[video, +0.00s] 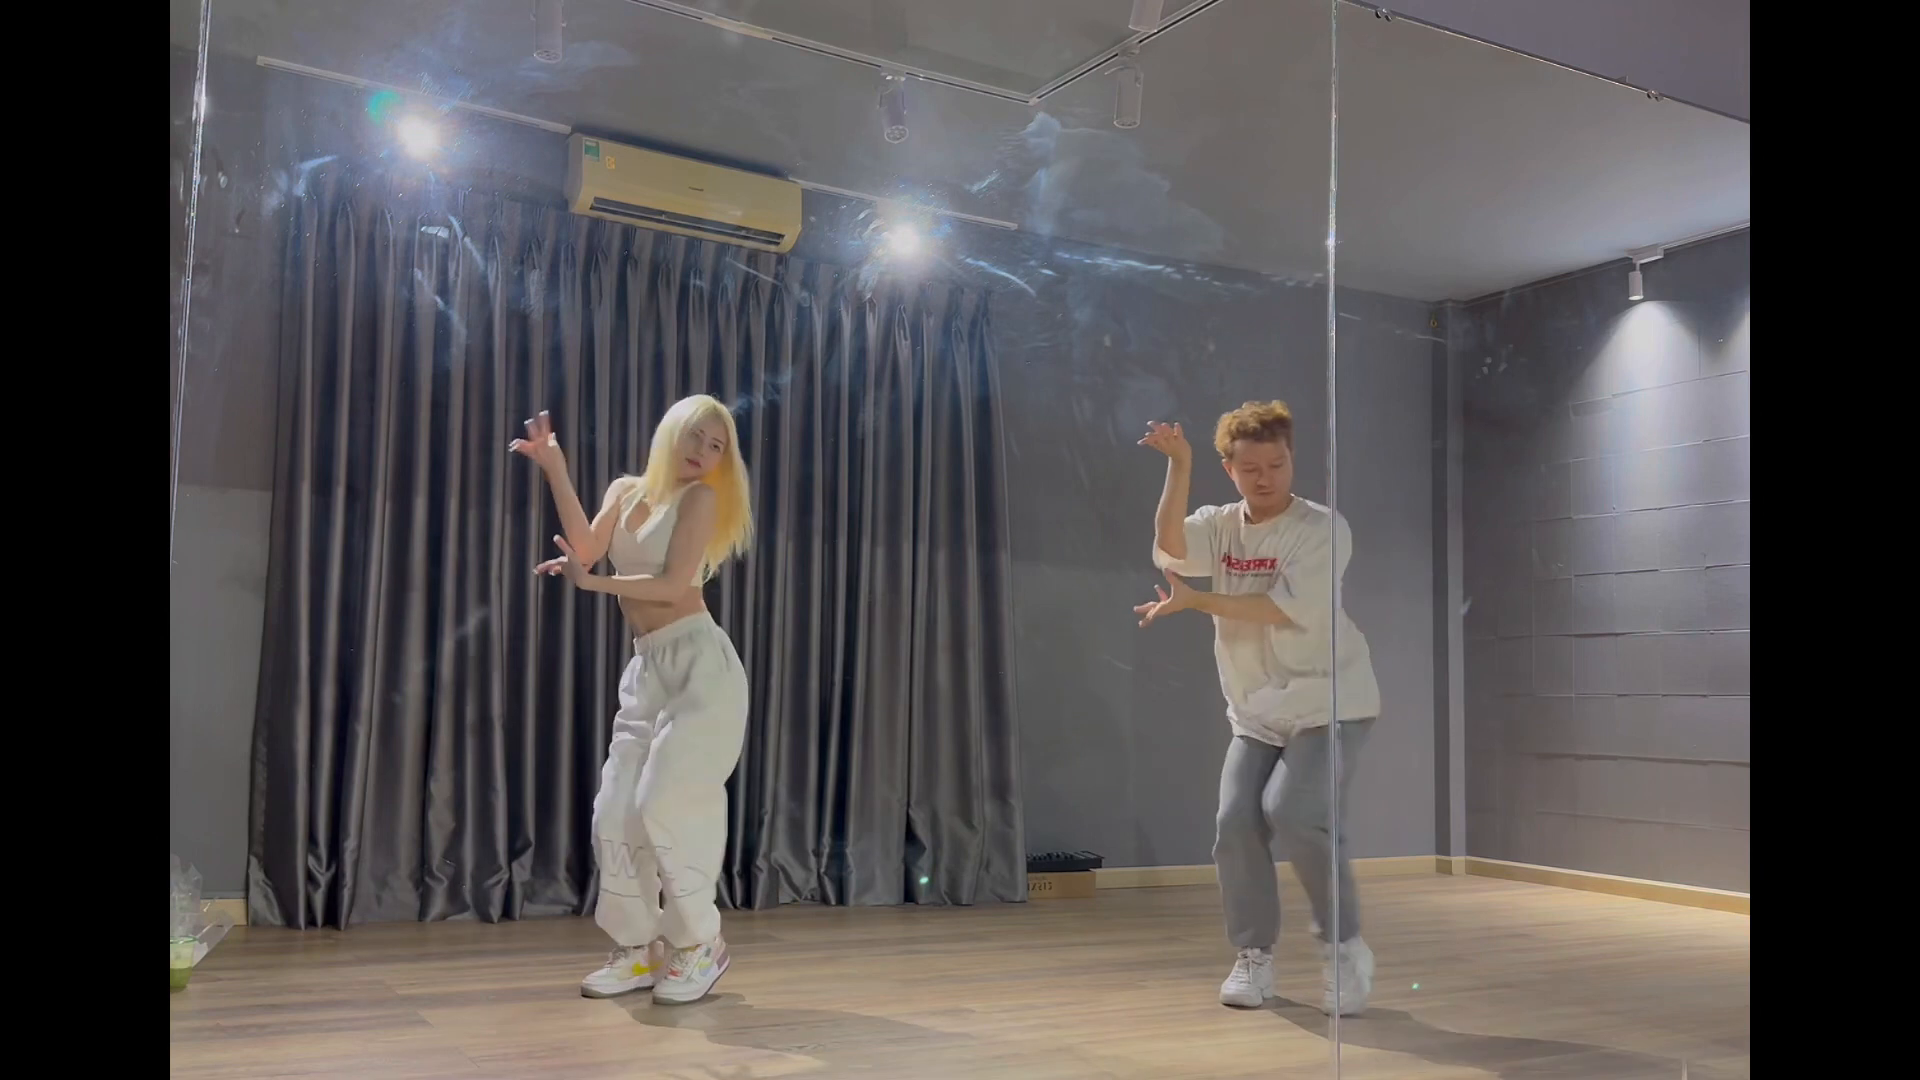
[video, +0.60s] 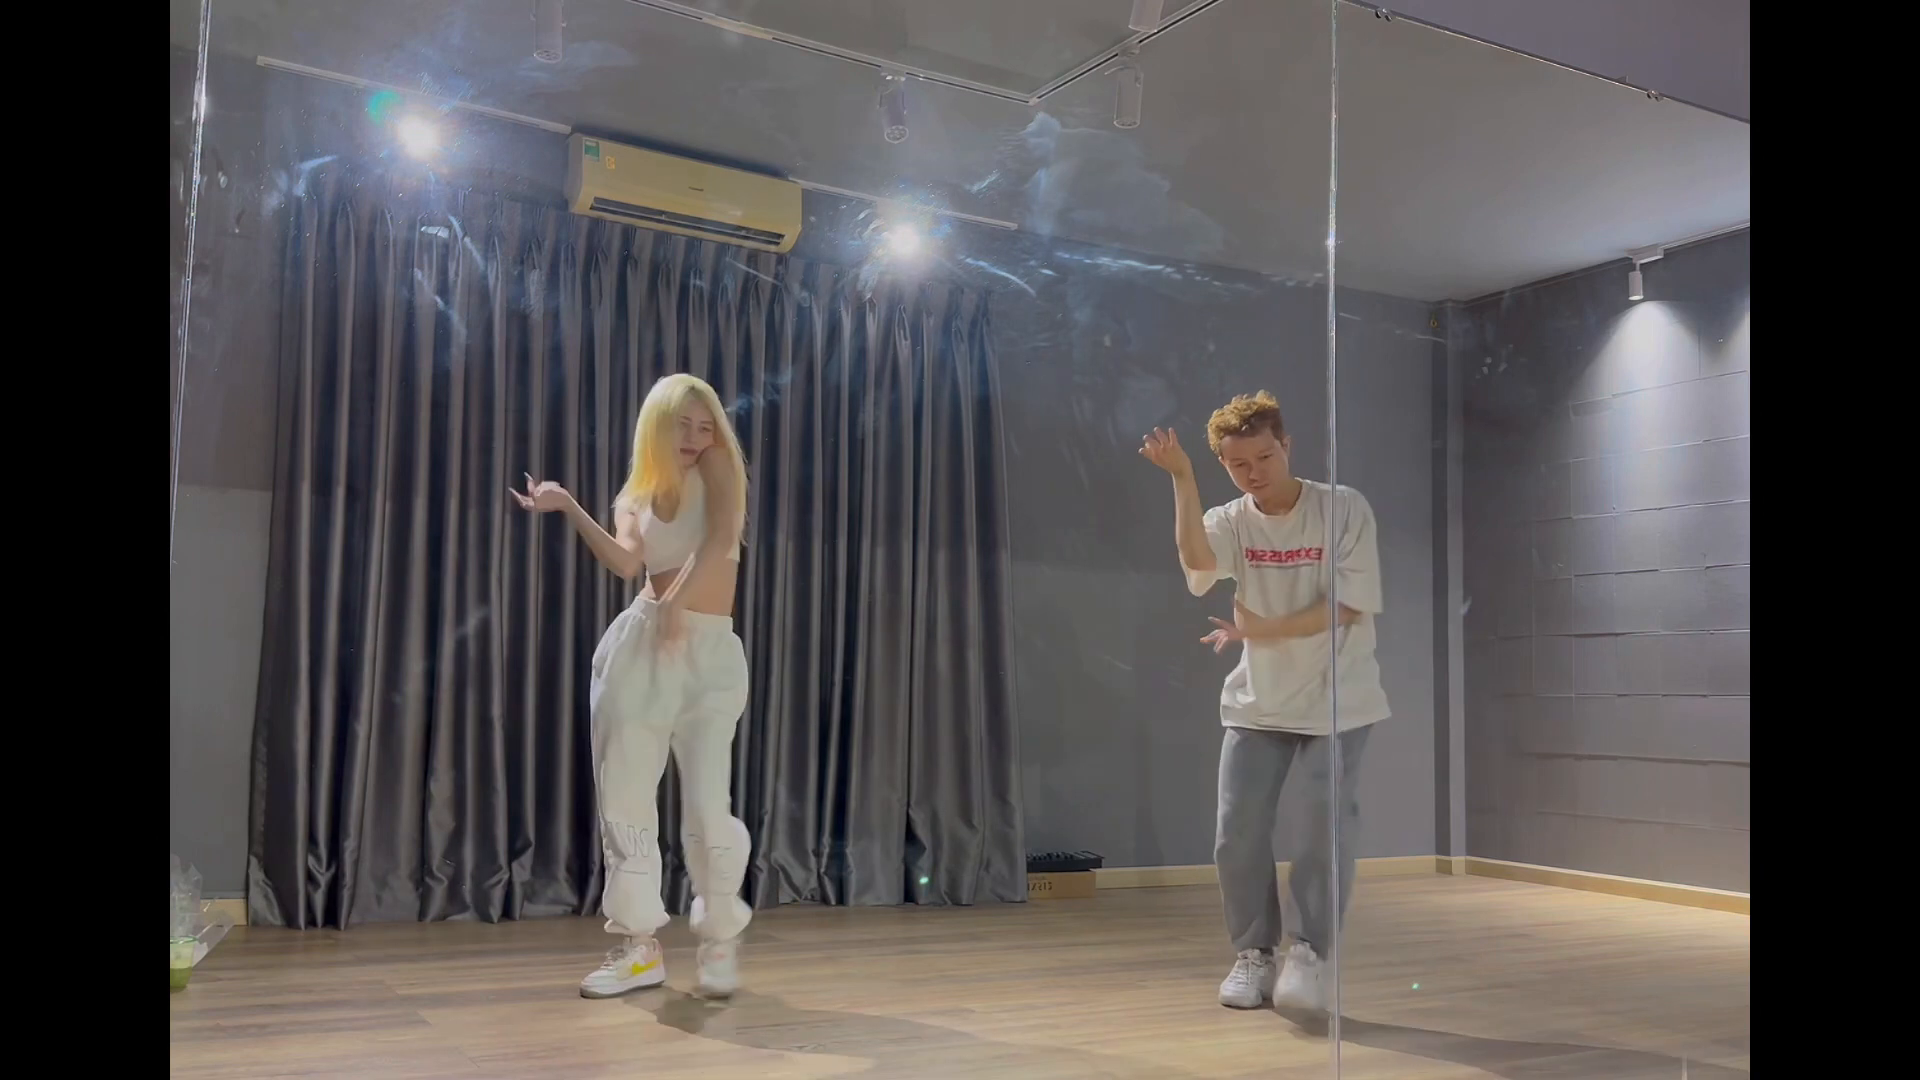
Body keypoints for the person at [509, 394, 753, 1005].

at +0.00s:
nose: (703, 452)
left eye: (715, 446)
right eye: (696, 438)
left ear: (722, 456)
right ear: (671, 435)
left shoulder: (699, 501)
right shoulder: (626, 491)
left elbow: (676, 586)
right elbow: (587, 546)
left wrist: (592, 580)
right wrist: (555, 466)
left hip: (701, 667)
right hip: (647, 673)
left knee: (662, 804)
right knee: (615, 809)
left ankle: (701, 945)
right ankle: (643, 950)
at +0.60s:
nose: (697, 438)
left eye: (706, 427)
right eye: (685, 427)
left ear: (717, 429)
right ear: (659, 429)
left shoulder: (720, 470)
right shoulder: (635, 495)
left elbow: (719, 541)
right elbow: (626, 561)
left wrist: (678, 601)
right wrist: (571, 506)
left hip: (710, 650)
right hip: (641, 647)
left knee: (706, 805)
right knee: (625, 798)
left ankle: (719, 949)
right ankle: (642, 949)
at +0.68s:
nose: (701, 430)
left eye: (712, 421)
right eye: (689, 419)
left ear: (723, 428)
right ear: (664, 424)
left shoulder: (728, 464)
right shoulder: (639, 491)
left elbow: (779, 518)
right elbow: (649, 587)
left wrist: (734, 576)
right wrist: (609, 529)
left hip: (721, 655)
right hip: (649, 653)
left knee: (729, 804)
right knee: (626, 800)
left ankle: (766, 921)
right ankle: (639, 943)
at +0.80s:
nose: (720, 438)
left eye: (729, 432)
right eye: (707, 430)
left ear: (743, 452)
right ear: (682, 448)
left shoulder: (754, 517)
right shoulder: (655, 507)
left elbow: (807, 588)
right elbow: (641, 591)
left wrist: (787, 518)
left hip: (754, 689)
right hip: (676, 689)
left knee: (776, 822)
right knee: (590, 797)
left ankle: (792, 942)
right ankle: (635, 936)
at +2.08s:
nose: (739, 459)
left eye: (746, 449)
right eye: (727, 448)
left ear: (754, 459)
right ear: (701, 453)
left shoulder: (746, 515)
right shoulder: (678, 489)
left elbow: (790, 549)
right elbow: (672, 570)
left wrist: (808, 490)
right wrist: (742, 608)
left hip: (751, 680)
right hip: (680, 683)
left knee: (791, 814)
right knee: (622, 812)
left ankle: (789, 944)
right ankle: (635, 946)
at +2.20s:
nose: (725, 444)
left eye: (736, 435)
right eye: (714, 432)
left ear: (747, 443)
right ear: (686, 437)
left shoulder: (752, 499)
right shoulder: (666, 493)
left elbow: (761, 483)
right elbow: (676, 576)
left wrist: (762, 419)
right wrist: (746, 593)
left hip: (730, 672)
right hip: (670, 664)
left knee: (790, 801)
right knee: (636, 812)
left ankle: (780, 939)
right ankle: (582, 943)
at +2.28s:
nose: (724, 457)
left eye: (733, 447)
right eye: (712, 445)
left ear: (744, 459)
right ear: (685, 451)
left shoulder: (755, 511)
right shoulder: (661, 516)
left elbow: (737, 590)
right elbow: (680, 596)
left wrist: (742, 618)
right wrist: (751, 608)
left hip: (719, 680)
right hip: (664, 669)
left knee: (785, 802)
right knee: (632, 809)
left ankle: (778, 939)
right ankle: (579, 946)